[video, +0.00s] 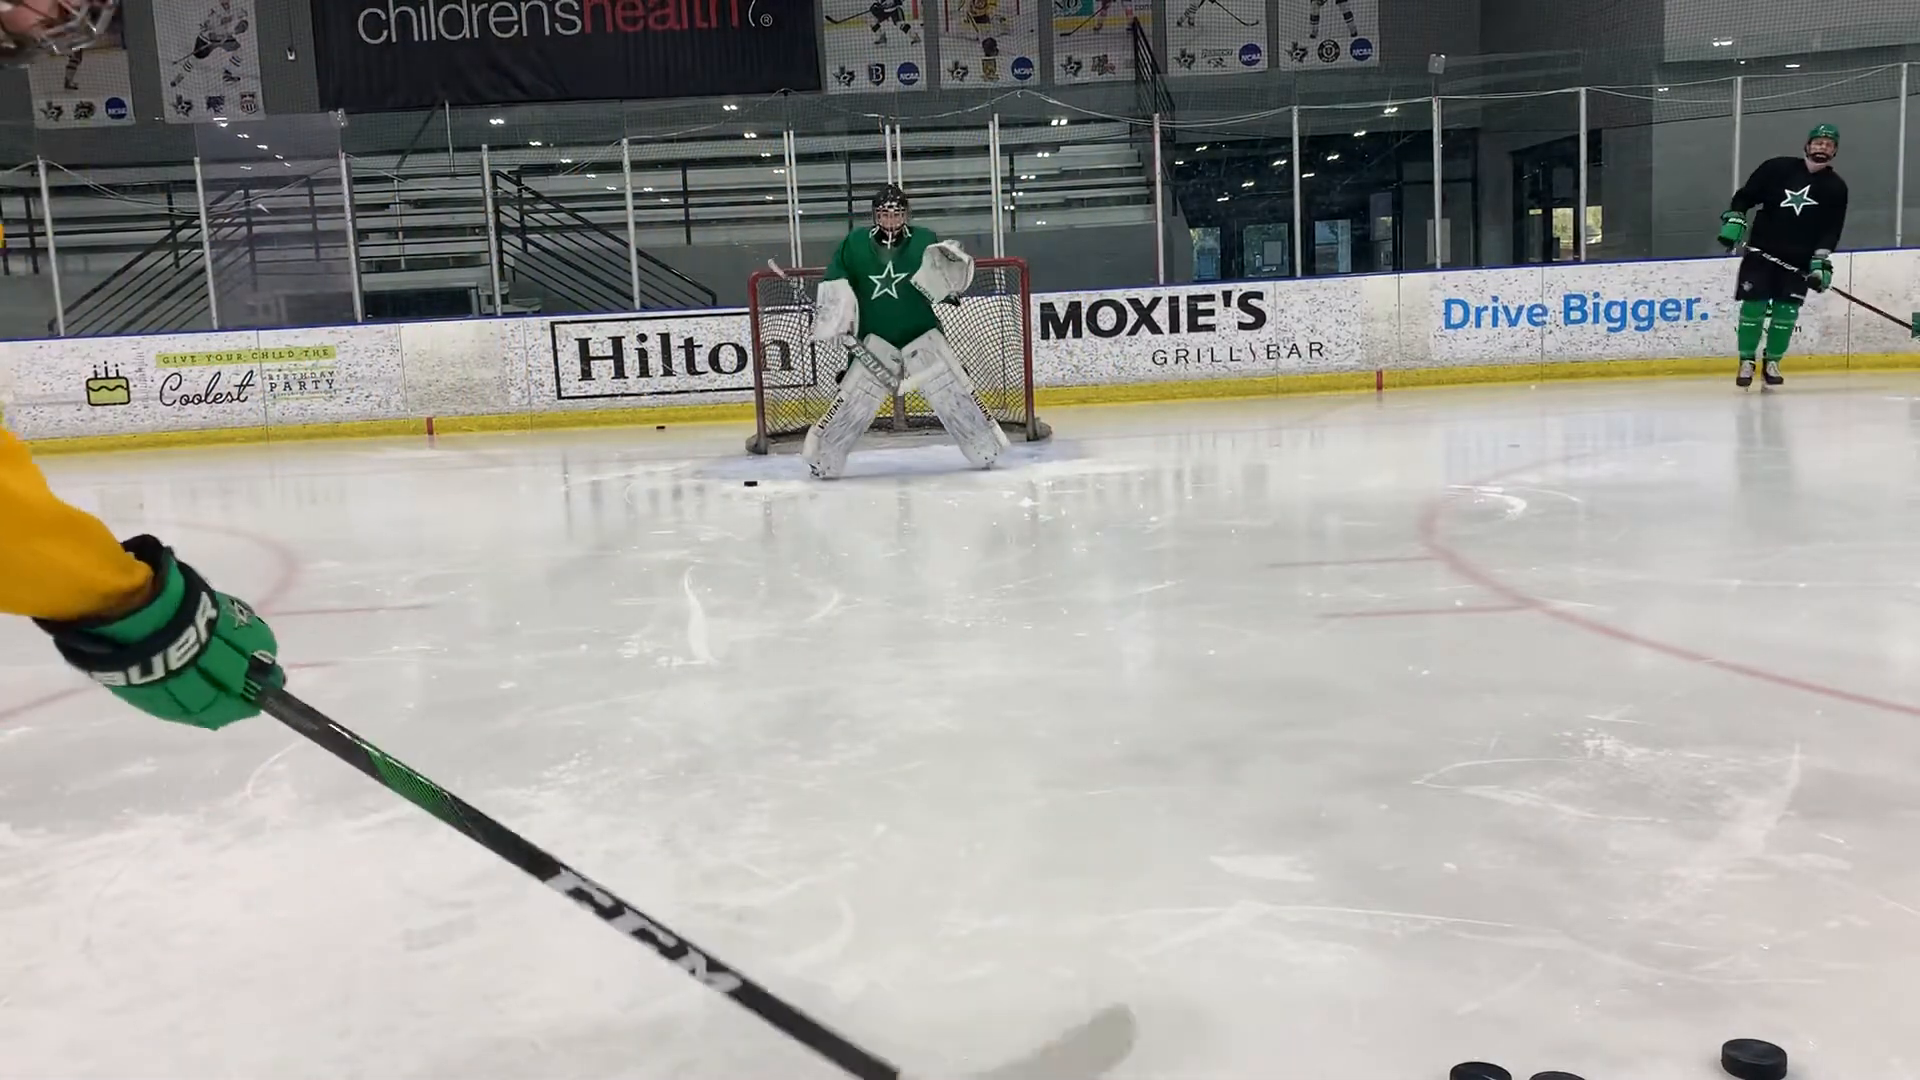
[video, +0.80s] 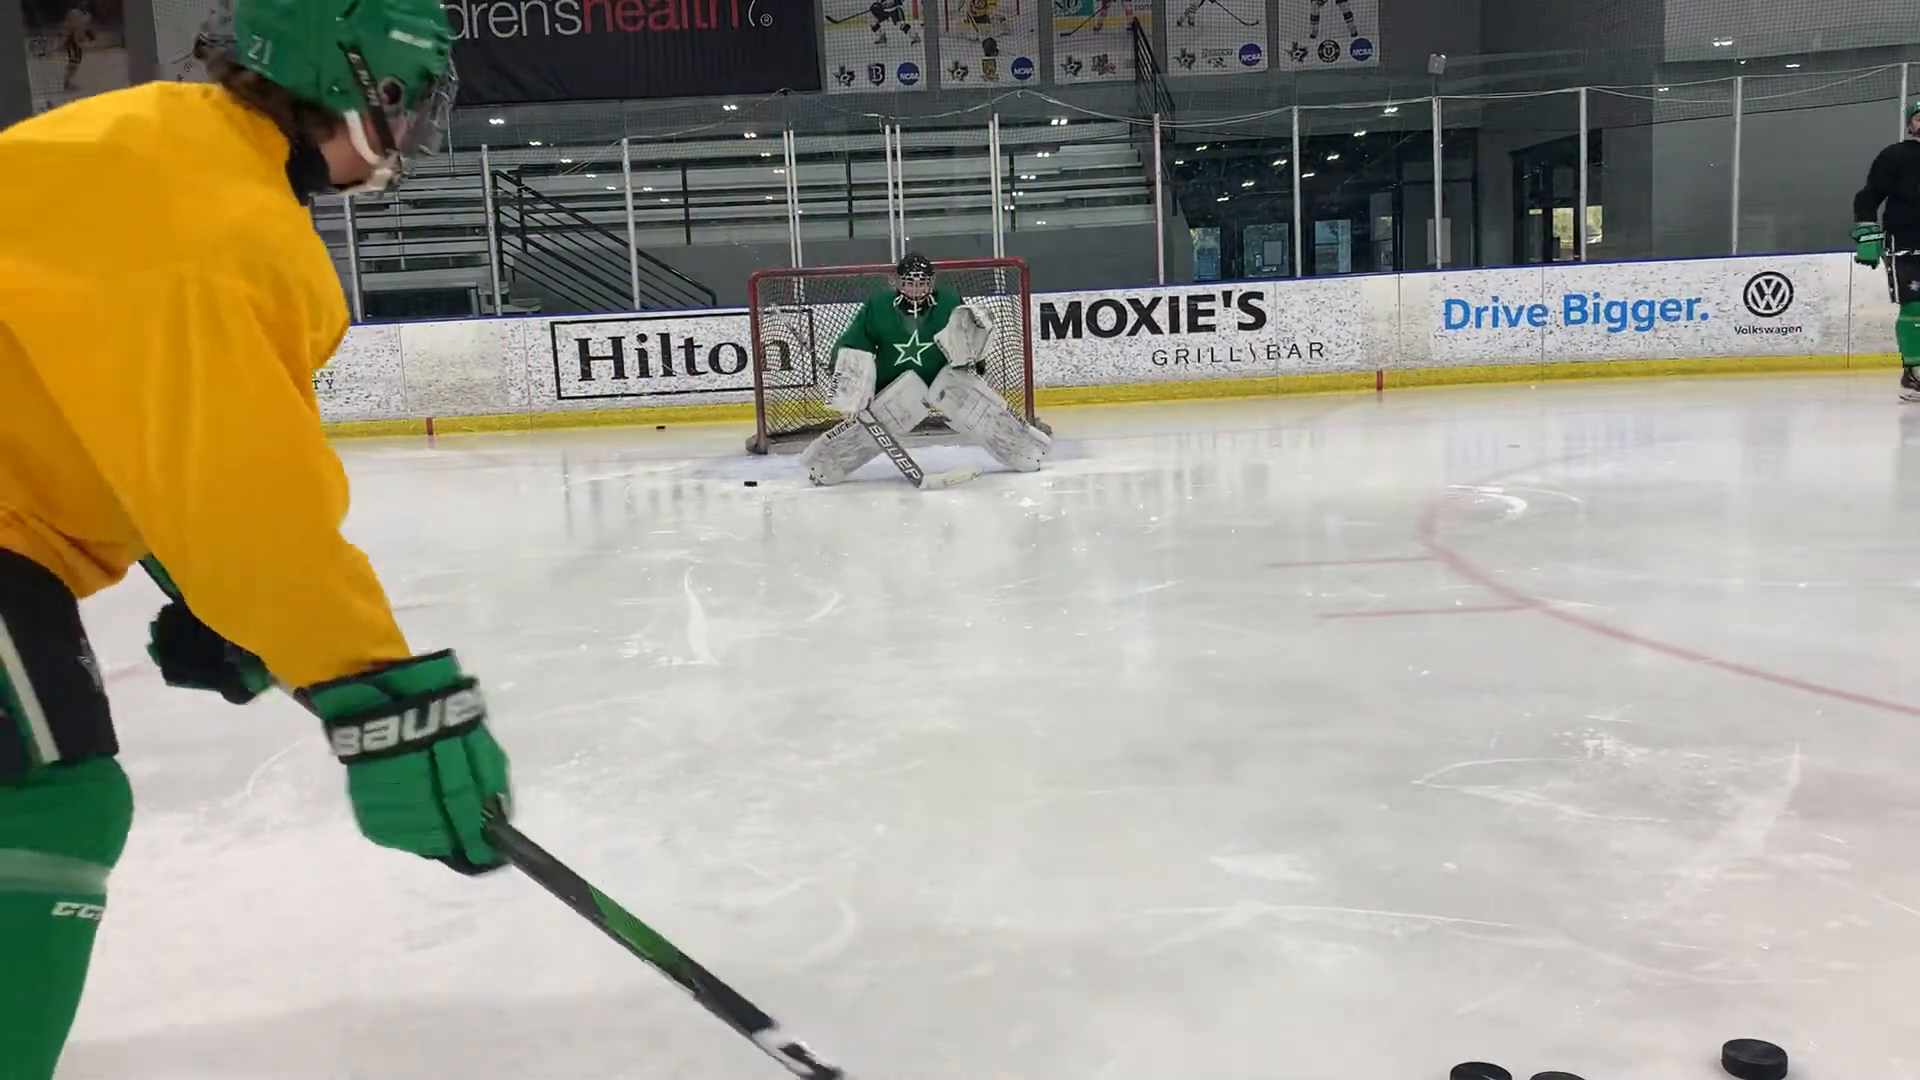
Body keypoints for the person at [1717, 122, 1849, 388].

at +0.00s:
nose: (1822, 149)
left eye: (1828, 145)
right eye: (1818, 143)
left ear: (1834, 151)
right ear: (1807, 145)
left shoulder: (1836, 188)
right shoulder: (1777, 168)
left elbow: (1831, 229)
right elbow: (1746, 196)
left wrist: (1821, 260)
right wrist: (1734, 219)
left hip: (1799, 259)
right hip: (1762, 251)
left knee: (1787, 312)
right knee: (1753, 306)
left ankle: (1772, 362)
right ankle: (1746, 361)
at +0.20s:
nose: (1839, 142)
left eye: (1845, 138)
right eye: (1835, 137)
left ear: (1853, 145)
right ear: (1824, 142)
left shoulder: (1858, 182)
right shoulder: (1798, 167)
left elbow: (1857, 221)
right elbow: (1765, 195)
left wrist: (1849, 249)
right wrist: (1752, 221)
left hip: (1828, 256)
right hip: (1792, 250)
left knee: (1815, 312)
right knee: (1793, 305)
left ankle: (1797, 366)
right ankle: (1789, 362)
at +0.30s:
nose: (1852, 139)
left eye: (1857, 135)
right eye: (1847, 134)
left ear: (1864, 141)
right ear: (1836, 139)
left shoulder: (1872, 178)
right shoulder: (1810, 166)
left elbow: (1873, 215)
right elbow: (1779, 198)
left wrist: (1867, 241)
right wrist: (1766, 228)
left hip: (1844, 253)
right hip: (1809, 249)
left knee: (1831, 309)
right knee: (1814, 303)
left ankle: (1807, 363)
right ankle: (1815, 358)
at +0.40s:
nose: (1865, 135)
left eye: (1870, 131)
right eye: (1859, 131)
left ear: (1877, 137)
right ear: (1848, 136)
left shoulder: (1886, 174)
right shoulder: (1822, 165)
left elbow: (1891, 209)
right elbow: (1797, 201)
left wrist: (1889, 232)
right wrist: (1785, 234)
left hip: (1863, 249)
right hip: (1826, 247)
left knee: (1847, 307)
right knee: (1838, 301)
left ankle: (1824, 364)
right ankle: (1845, 355)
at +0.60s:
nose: (1893, 129)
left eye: (1898, 125)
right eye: (1887, 126)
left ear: (1905, 129)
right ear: (1877, 132)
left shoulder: (1914, 162)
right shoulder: (1857, 161)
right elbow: (1834, 200)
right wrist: (1827, 237)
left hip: (1902, 245)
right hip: (1868, 245)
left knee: (1883, 306)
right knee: (1882, 305)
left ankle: (1864, 366)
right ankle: (1887, 368)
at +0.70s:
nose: (1910, 123)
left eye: (1913, 117)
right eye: (1903, 120)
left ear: (1919, 123)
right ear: (1893, 128)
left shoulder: (1916, 157)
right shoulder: (1878, 156)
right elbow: (1852, 198)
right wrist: (1847, 233)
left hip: (1913, 241)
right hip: (1890, 242)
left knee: (1908, 304)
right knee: (1902, 304)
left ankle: (1892, 365)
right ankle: (1892, 368)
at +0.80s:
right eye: (1917, 119)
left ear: (1917, 123)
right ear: (1910, 123)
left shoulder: (1900, 155)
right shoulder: (1897, 155)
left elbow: (1870, 195)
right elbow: (1869, 195)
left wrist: (1868, 235)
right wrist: (1867, 235)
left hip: (1913, 246)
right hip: (1906, 244)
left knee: (1913, 307)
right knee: (1912, 306)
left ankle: (1912, 371)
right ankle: (1912, 371)